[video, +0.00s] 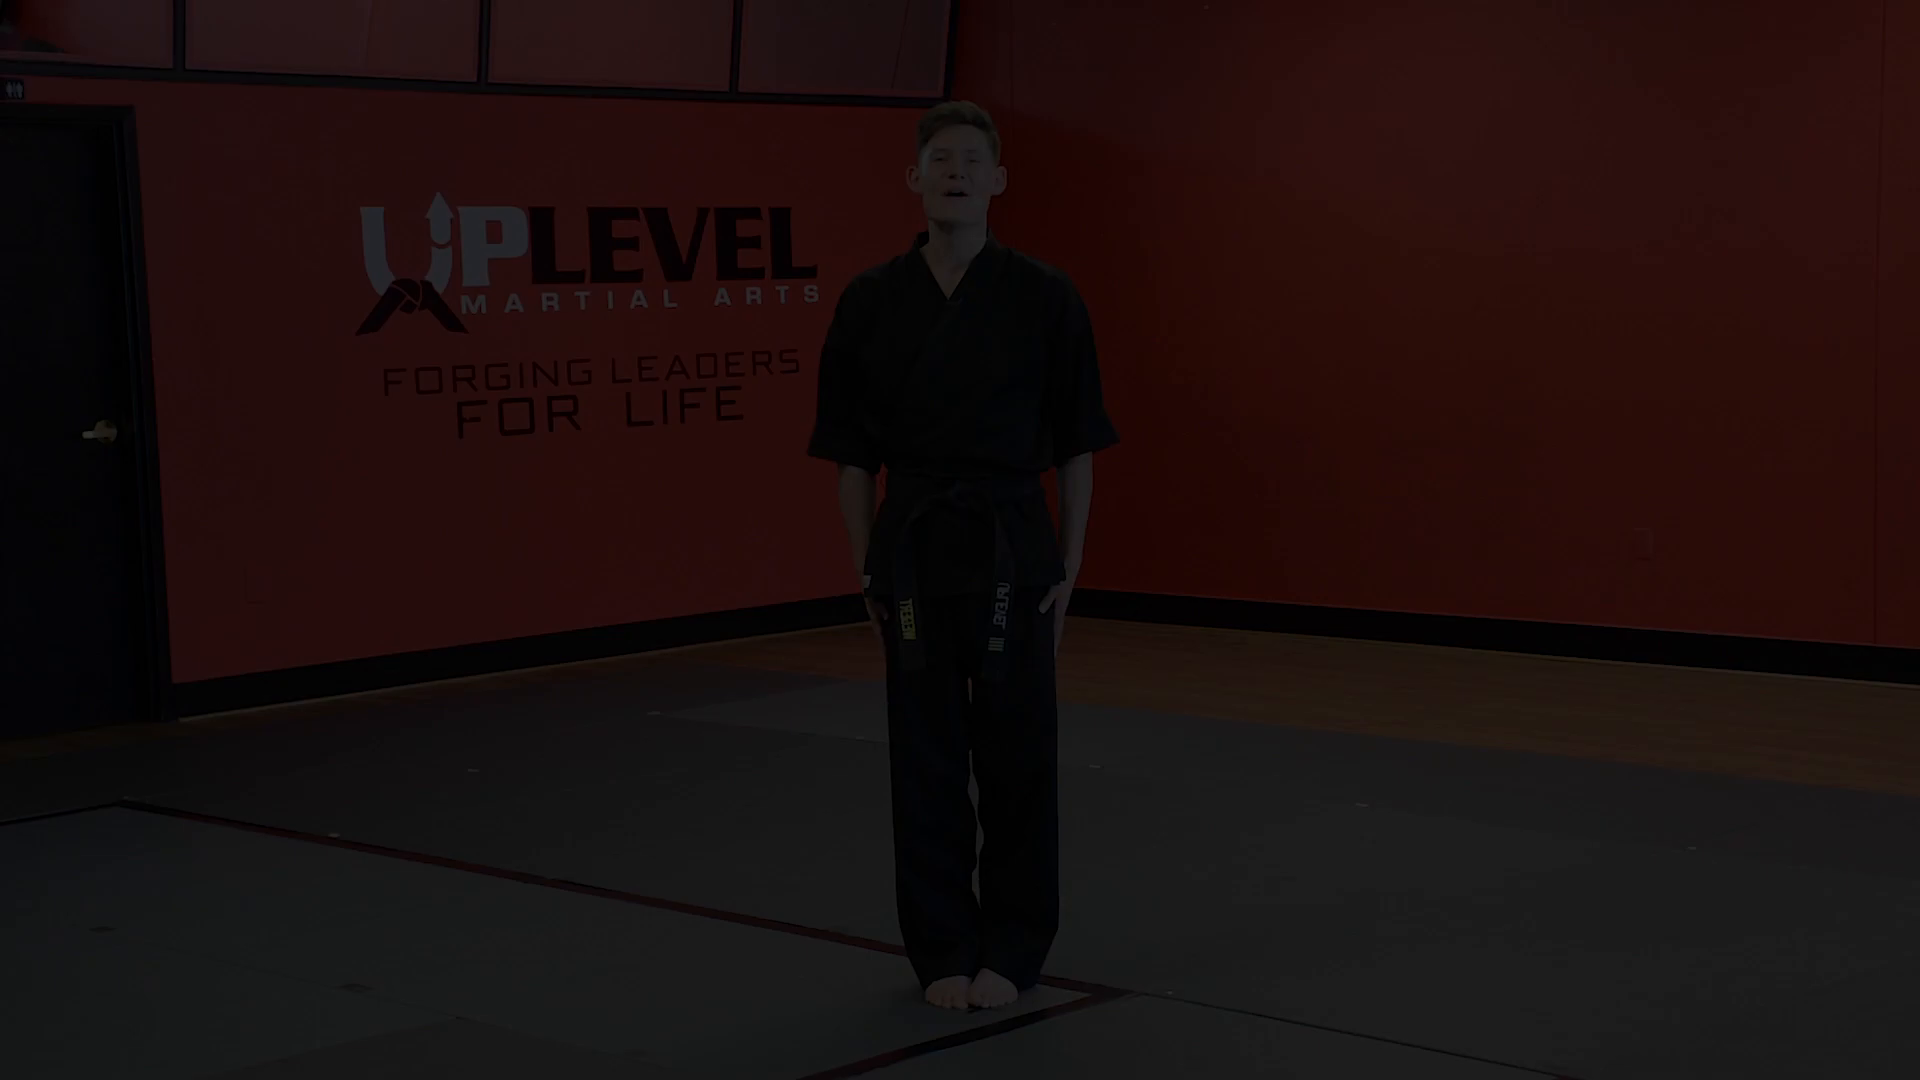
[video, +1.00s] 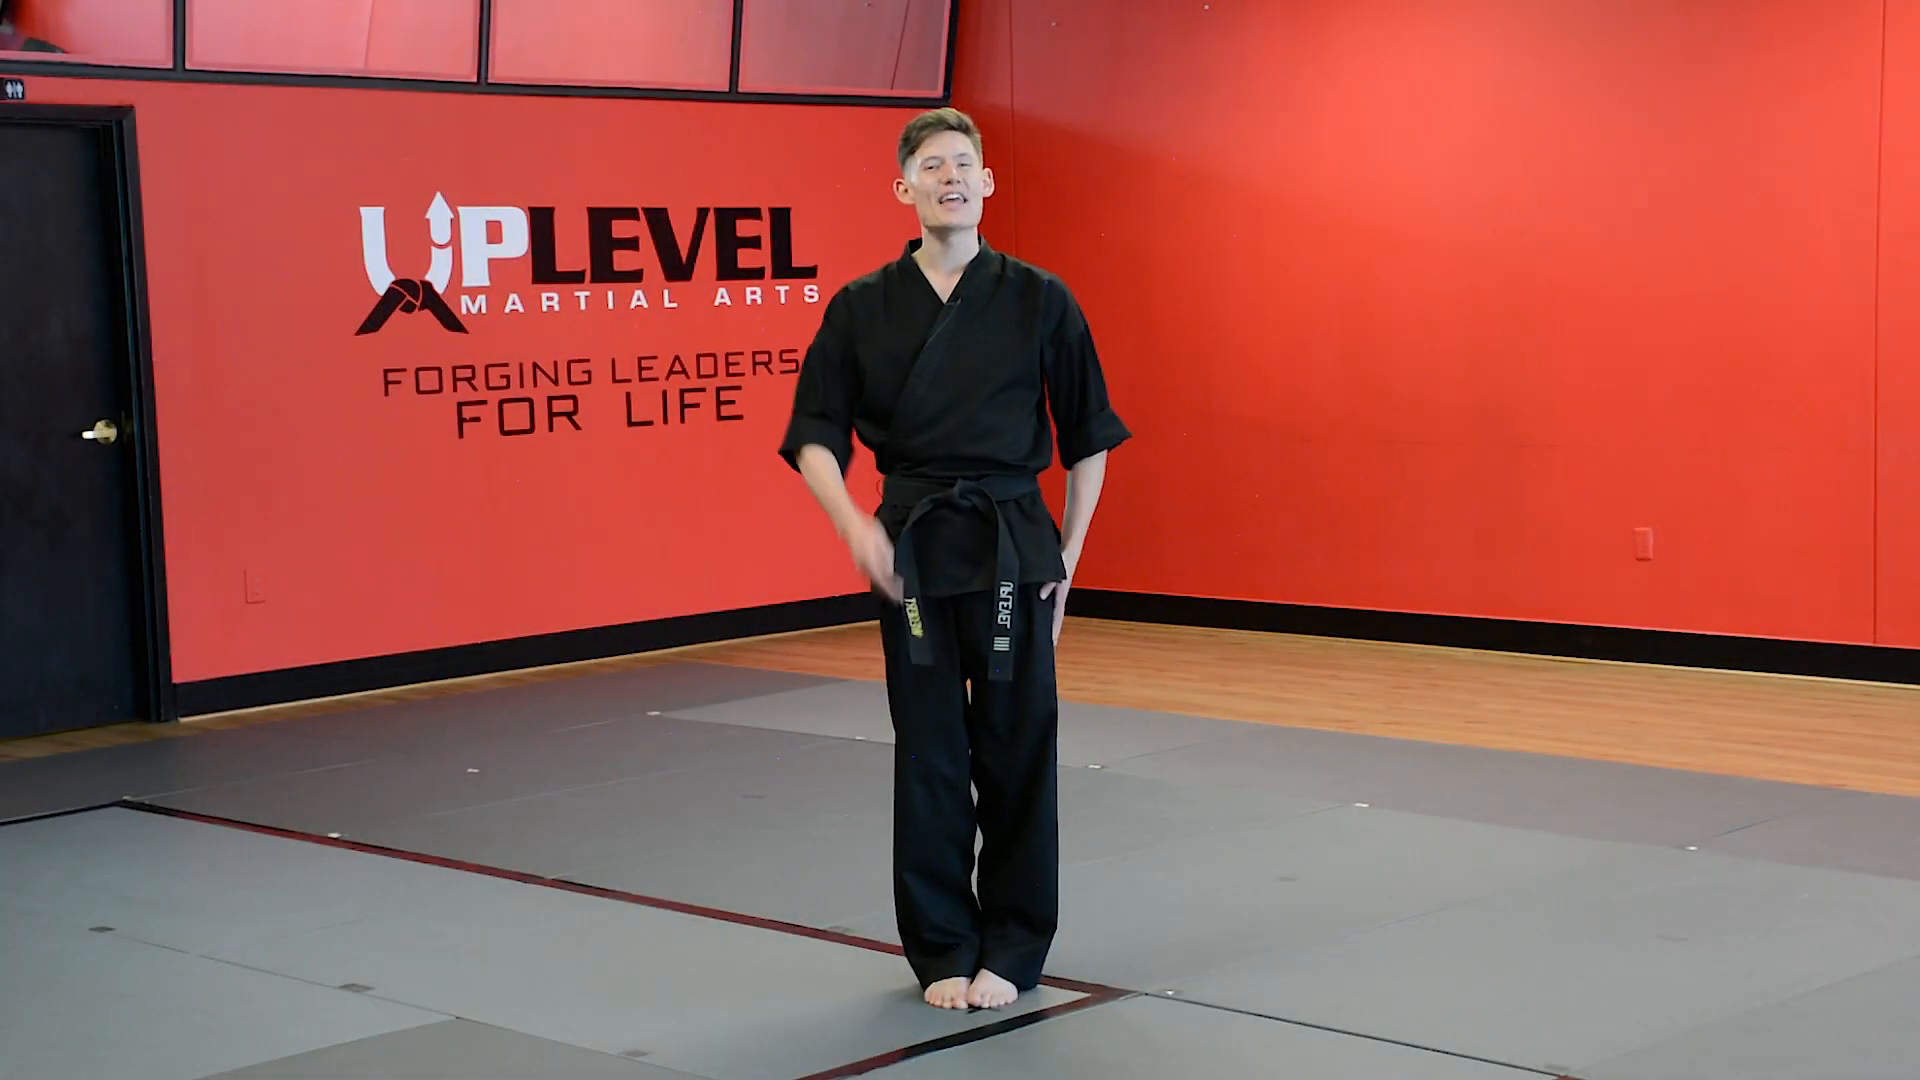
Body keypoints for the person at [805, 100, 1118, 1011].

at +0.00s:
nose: (956, 174)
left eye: (972, 162)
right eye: (940, 162)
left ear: (997, 181)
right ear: (916, 181)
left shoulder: (1043, 295)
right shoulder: (870, 298)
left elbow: (1078, 446)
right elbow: (851, 452)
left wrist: (1070, 566)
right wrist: (867, 566)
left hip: (1017, 556)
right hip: (913, 559)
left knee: (1017, 763)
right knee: (925, 765)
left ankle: (1014, 957)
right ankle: (940, 957)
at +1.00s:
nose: (953, 177)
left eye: (966, 165)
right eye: (934, 166)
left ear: (987, 183)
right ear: (905, 187)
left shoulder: (1039, 297)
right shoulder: (860, 306)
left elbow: (1087, 437)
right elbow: (812, 439)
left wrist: (1070, 556)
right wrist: (857, 529)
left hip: (1017, 536)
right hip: (914, 539)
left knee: (1016, 761)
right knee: (929, 762)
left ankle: (1011, 955)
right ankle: (943, 955)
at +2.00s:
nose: (960, 164)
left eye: (970, 152)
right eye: (938, 154)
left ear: (990, 172)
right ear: (906, 180)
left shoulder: (1030, 283)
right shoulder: (870, 281)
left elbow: (1086, 393)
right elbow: (878, 365)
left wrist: (1054, 502)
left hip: (1014, 531)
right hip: (915, 536)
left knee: (1018, 758)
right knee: (928, 761)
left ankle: (1013, 954)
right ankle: (939, 953)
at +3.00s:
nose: (923, 220)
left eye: (941, 204)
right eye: (910, 205)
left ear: (979, 211)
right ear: (895, 215)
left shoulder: (1036, 303)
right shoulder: (865, 317)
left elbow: (1108, 418)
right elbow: (851, 457)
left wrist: (1061, 531)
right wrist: (875, 574)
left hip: (1022, 544)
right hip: (918, 548)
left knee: (1027, 764)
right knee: (931, 766)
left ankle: (1008, 953)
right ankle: (944, 953)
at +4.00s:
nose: (960, 196)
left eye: (975, 179)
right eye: (944, 180)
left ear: (1004, 188)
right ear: (922, 192)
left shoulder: (1054, 297)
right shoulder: (884, 296)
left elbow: (1107, 432)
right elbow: (855, 438)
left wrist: (1064, 547)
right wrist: (870, 553)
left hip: (1017, 545)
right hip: (915, 545)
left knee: (1021, 766)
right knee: (927, 765)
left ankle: (1011, 955)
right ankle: (945, 953)